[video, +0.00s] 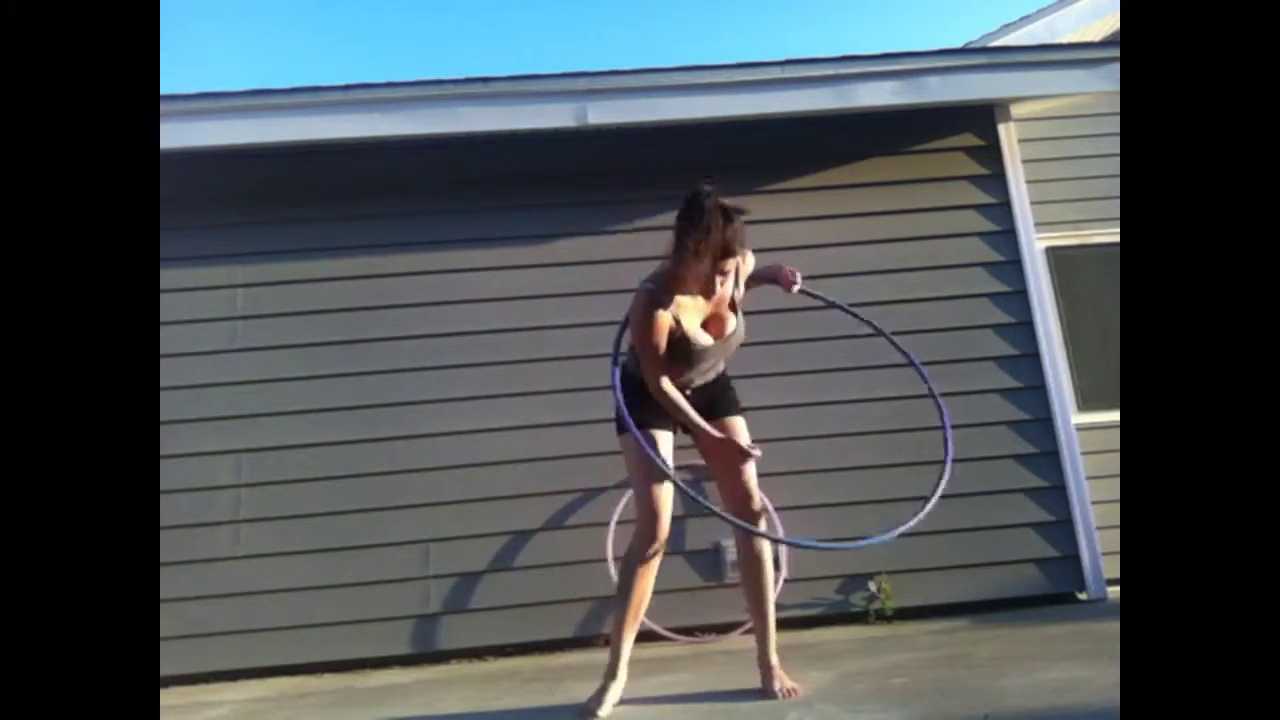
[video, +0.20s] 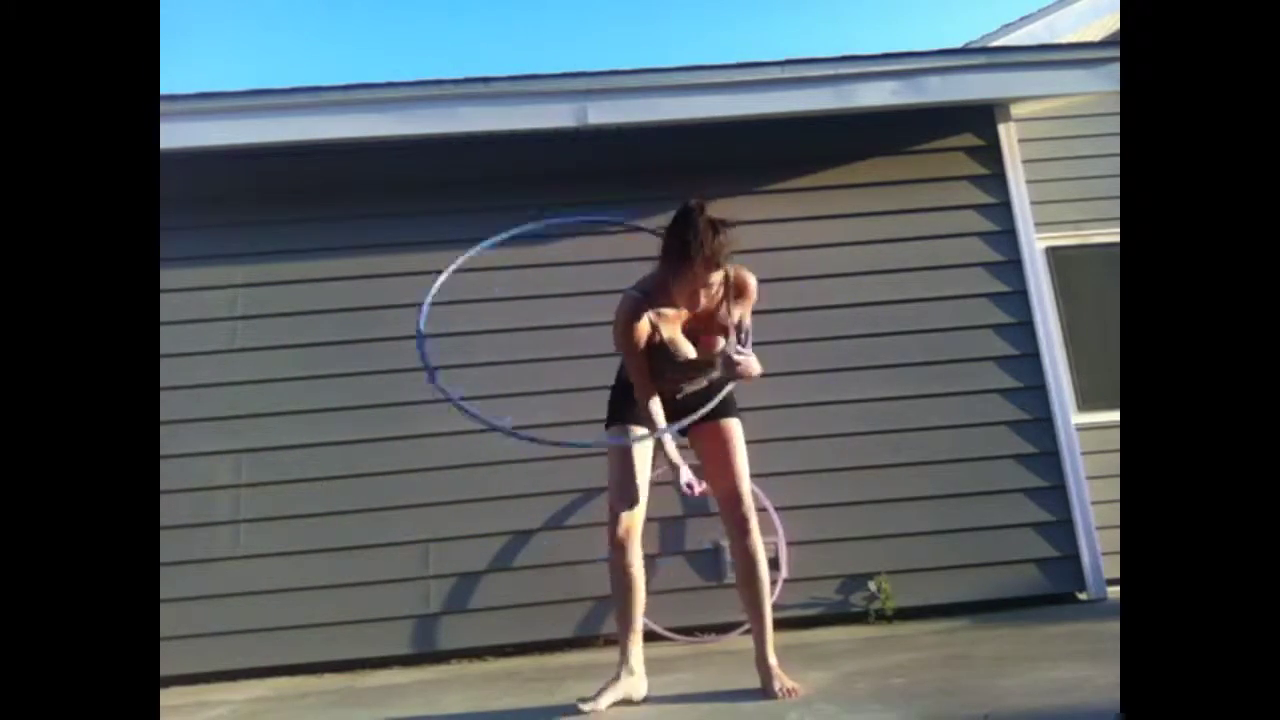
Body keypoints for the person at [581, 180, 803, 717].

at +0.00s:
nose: (729, 269)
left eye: (734, 259)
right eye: (721, 262)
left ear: (735, 251)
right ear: (695, 249)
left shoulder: (735, 263)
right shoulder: (656, 301)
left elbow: (736, 277)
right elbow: (655, 383)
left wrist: (771, 274)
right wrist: (714, 437)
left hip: (710, 384)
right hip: (651, 393)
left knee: (751, 510)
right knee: (654, 533)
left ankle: (770, 661)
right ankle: (615, 674)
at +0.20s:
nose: (707, 290)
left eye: (713, 279)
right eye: (698, 280)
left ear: (722, 267)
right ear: (673, 267)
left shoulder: (739, 286)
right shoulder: (634, 311)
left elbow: (739, 345)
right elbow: (646, 395)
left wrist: (752, 366)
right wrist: (675, 458)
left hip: (710, 393)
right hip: (643, 401)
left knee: (743, 519)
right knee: (622, 533)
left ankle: (768, 660)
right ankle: (631, 671)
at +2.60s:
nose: (665, 251)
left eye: (671, 238)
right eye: (652, 242)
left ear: (681, 234)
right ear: (626, 240)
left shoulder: (689, 287)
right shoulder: (605, 276)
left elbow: (698, 369)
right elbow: (615, 303)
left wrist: (688, 425)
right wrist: (691, 259)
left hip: (659, 409)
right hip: (600, 409)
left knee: (694, 534)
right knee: (651, 520)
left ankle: (612, 619)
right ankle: (685, 664)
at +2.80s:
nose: (685, 231)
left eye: (690, 220)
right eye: (672, 221)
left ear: (700, 225)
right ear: (648, 228)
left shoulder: (710, 281)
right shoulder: (635, 277)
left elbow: (702, 355)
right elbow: (605, 220)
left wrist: (680, 406)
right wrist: (689, 214)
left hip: (664, 407)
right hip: (608, 406)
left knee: (727, 518)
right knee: (655, 519)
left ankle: (671, 598)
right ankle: (680, 667)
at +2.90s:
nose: (702, 238)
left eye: (707, 231)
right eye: (693, 227)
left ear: (713, 241)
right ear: (662, 230)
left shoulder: (712, 293)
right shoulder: (639, 277)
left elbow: (707, 370)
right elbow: (639, 228)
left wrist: (688, 423)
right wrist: (716, 241)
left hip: (674, 407)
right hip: (614, 406)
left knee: (745, 503)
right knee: (661, 524)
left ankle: (737, 620)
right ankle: (675, 658)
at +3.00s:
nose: (704, 248)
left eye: (712, 236)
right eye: (693, 238)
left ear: (721, 231)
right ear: (665, 235)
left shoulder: (713, 283)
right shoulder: (640, 266)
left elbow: (710, 370)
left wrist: (701, 443)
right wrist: (745, 286)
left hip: (680, 401)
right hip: (620, 403)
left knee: (762, 497)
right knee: (662, 523)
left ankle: (796, 629)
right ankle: (679, 661)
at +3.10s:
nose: (716, 248)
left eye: (723, 235)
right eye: (703, 237)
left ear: (732, 228)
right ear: (677, 232)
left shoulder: (727, 284)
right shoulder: (648, 277)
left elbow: (716, 374)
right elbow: (651, 373)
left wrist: (714, 449)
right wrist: (715, 333)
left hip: (690, 398)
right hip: (630, 401)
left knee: (767, 496)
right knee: (668, 524)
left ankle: (830, 631)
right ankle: (680, 667)